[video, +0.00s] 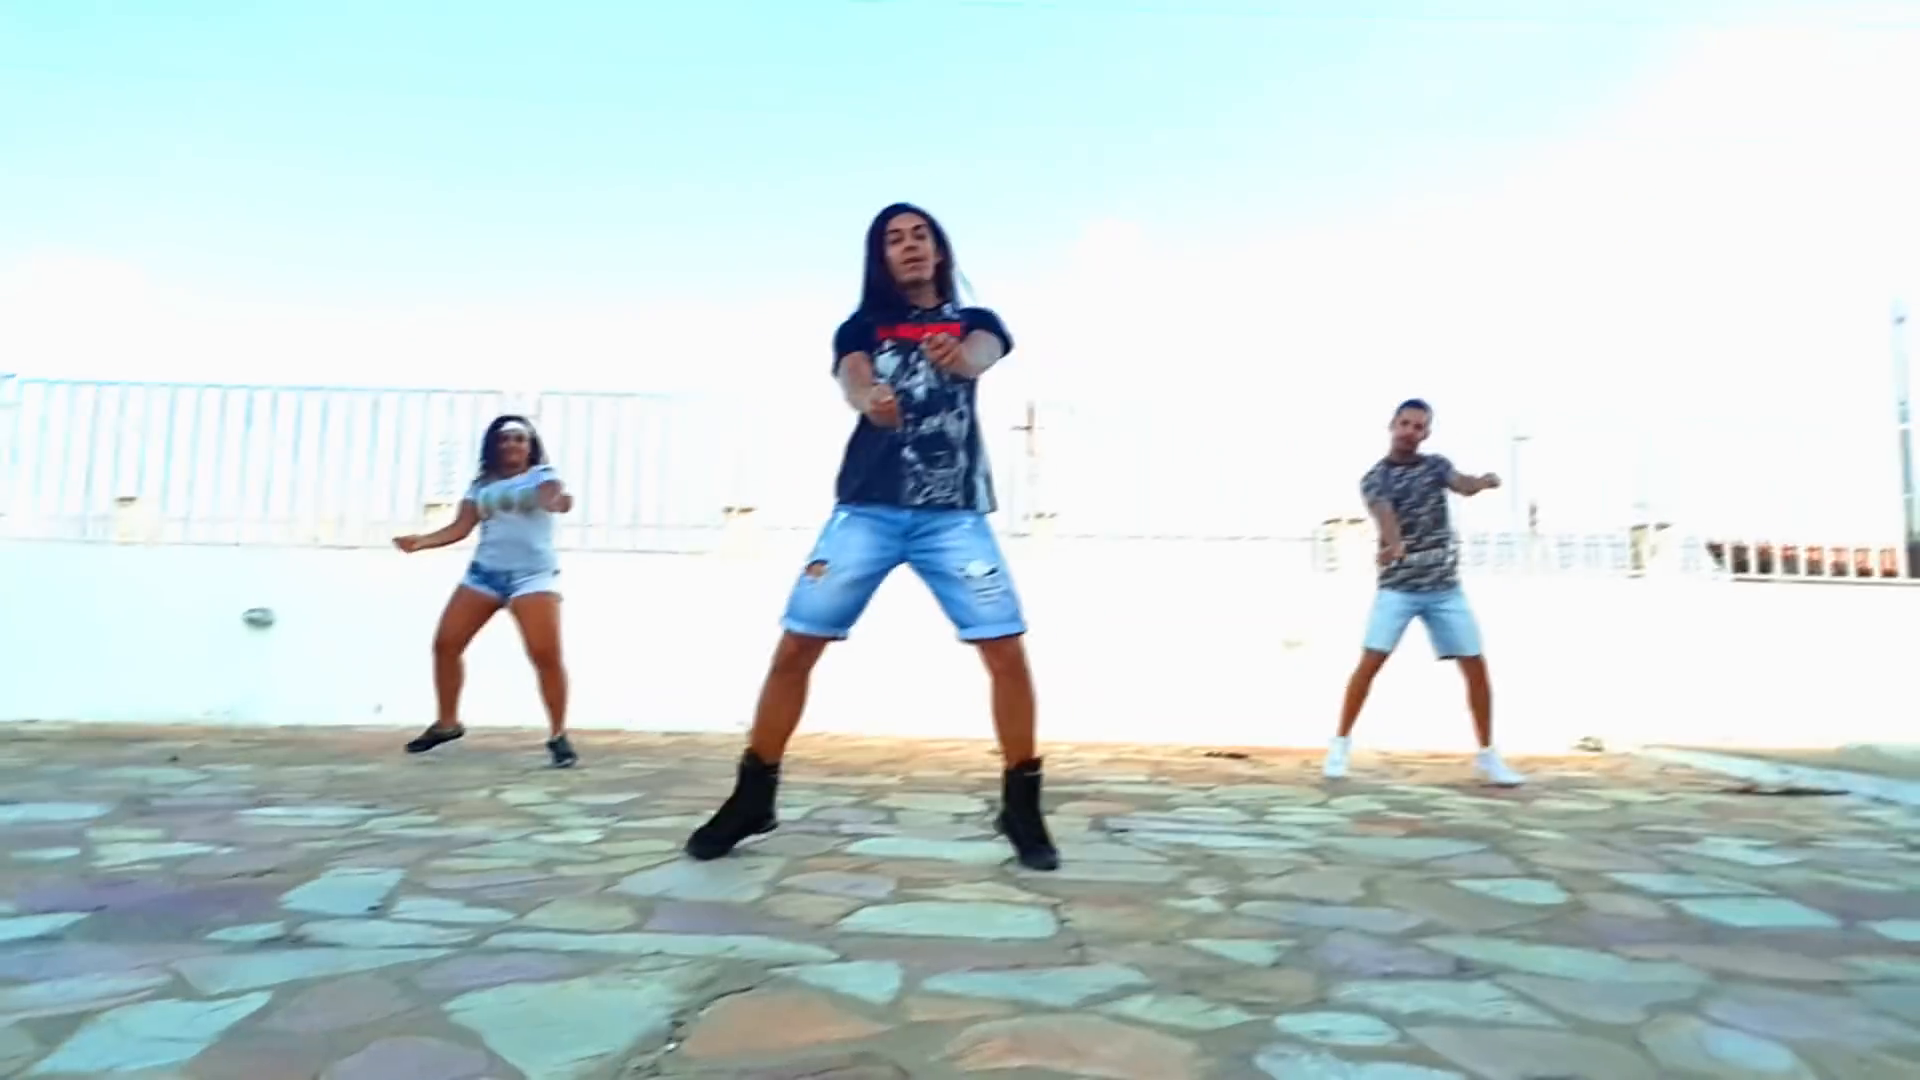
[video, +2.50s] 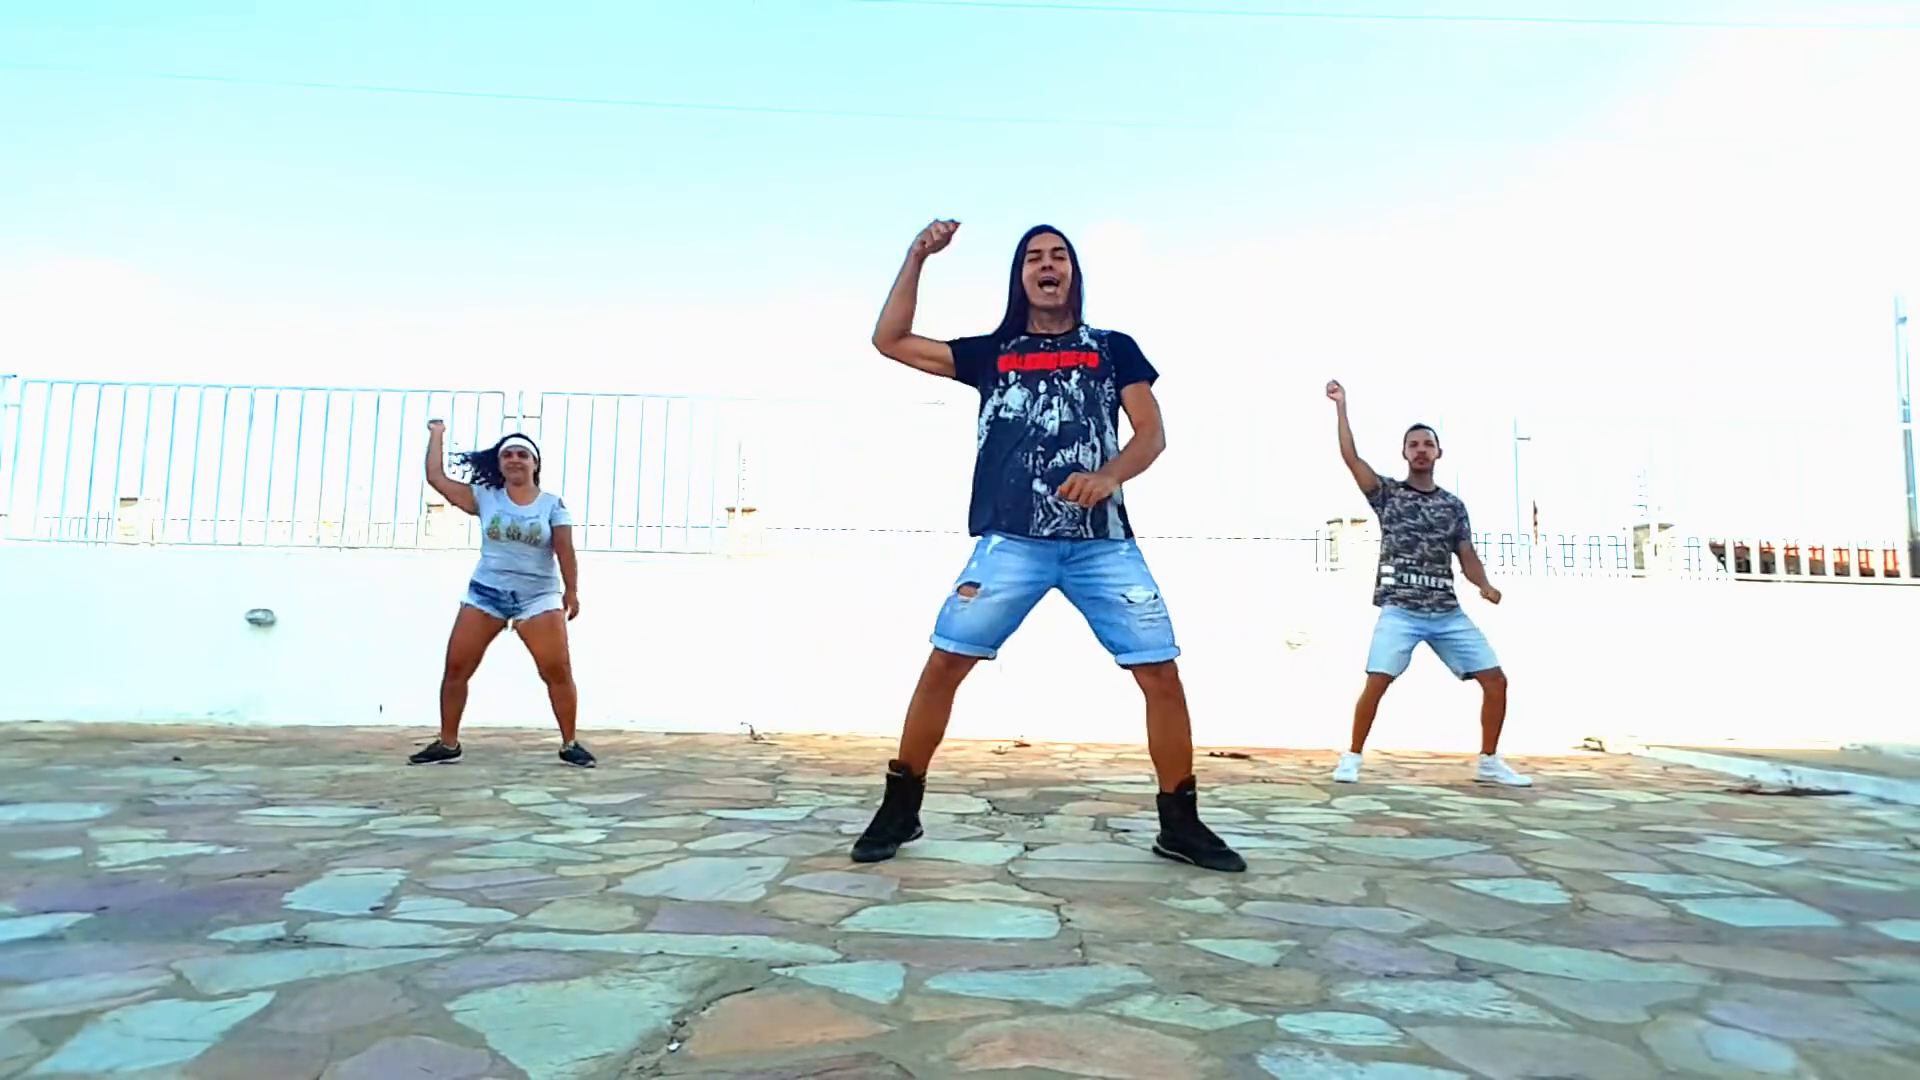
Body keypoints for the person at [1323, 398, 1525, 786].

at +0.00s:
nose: (1411, 432)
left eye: (1419, 428)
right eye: (1406, 424)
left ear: (1427, 434)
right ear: (1392, 425)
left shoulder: (1435, 466)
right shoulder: (1375, 479)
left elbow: (1461, 484)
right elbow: (1384, 516)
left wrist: (1483, 483)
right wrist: (1393, 543)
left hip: (1444, 588)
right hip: (1397, 589)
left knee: (1474, 663)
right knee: (1370, 662)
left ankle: (1487, 752)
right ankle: (1340, 742)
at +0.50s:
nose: (1337, 436)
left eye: (1344, 431)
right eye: (1331, 429)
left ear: (1352, 438)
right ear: (1319, 433)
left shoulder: (1359, 472)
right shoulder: (1304, 480)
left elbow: (1378, 474)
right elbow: (1325, 504)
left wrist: (1385, 451)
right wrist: (1376, 508)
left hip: (1367, 593)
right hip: (1320, 593)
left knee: (1395, 671)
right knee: (1295, 664)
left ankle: (1398, 756)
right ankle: (1262, 749)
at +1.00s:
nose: (1272, 431)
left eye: (1280, 426)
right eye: (1267, 425)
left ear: (1292, 437)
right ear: (1259, 433)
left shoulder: (1300, 475)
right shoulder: (1245, 478)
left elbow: (1322, 482)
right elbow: (1263, 510)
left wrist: (1320, 454)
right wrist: (1325, 506)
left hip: (1301, 596)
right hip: (1255, 596)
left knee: (1332, 670)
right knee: (1235, 670)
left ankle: (1337, 754)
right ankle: (1214, 749)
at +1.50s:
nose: (1296, 437)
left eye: (1305, 433)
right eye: (1291, 432)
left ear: (1317, 447)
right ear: (1284, 444)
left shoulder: (1330, 498)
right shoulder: (1265, 490)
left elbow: (1346, 549)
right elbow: (1219, 510)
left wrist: (1373, 583)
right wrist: (1209, 499)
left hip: (1322, 609)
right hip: (1275, 608)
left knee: (1362, 676)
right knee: (1263, 677)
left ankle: (1369, 757)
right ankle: (1245, 754)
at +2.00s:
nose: (1352, 443)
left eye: (1359, 439)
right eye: (1346, 438)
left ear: (1370, 448)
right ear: (1336, 446)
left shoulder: (1379, 502)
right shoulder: (1315, 485)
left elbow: (1387, 555)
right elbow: (1277, 447)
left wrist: (1404, 594)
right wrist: (1298, 409)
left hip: (1369, 609)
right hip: (1324, 607)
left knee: (1413, 679)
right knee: (1309, 681)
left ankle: (1407, 758)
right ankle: (1291, 753)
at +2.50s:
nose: (1420, 450)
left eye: (1427, 444)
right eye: (1413, 445)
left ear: (1438, 453)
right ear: (1404, 453)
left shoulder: (1452, 506)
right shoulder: (1386, 492)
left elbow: (1466, 555)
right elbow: (1350, 456)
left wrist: (1484, 584)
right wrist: (1340, 407)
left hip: (1446, 612)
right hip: (1398, 610)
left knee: (1495, 681)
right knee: (1378, 679)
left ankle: (1488, 761)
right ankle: (1352, 756)